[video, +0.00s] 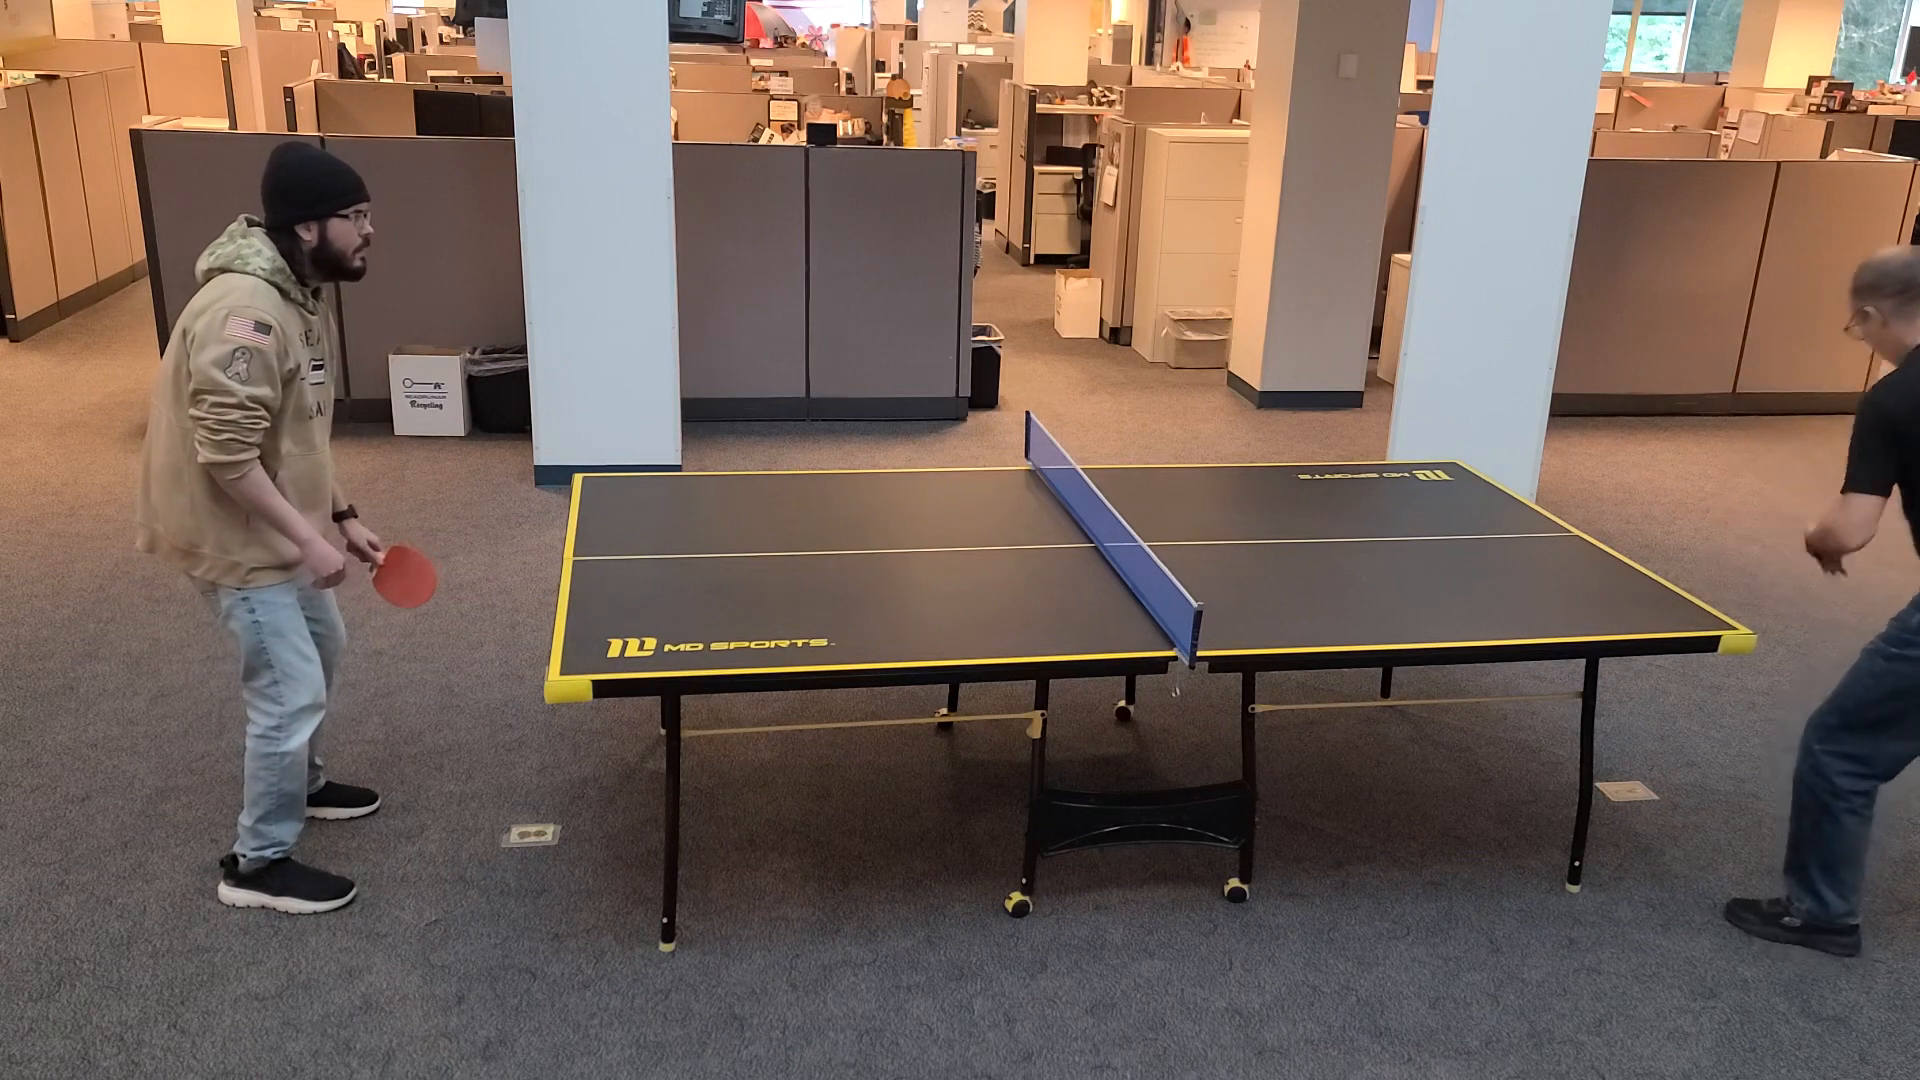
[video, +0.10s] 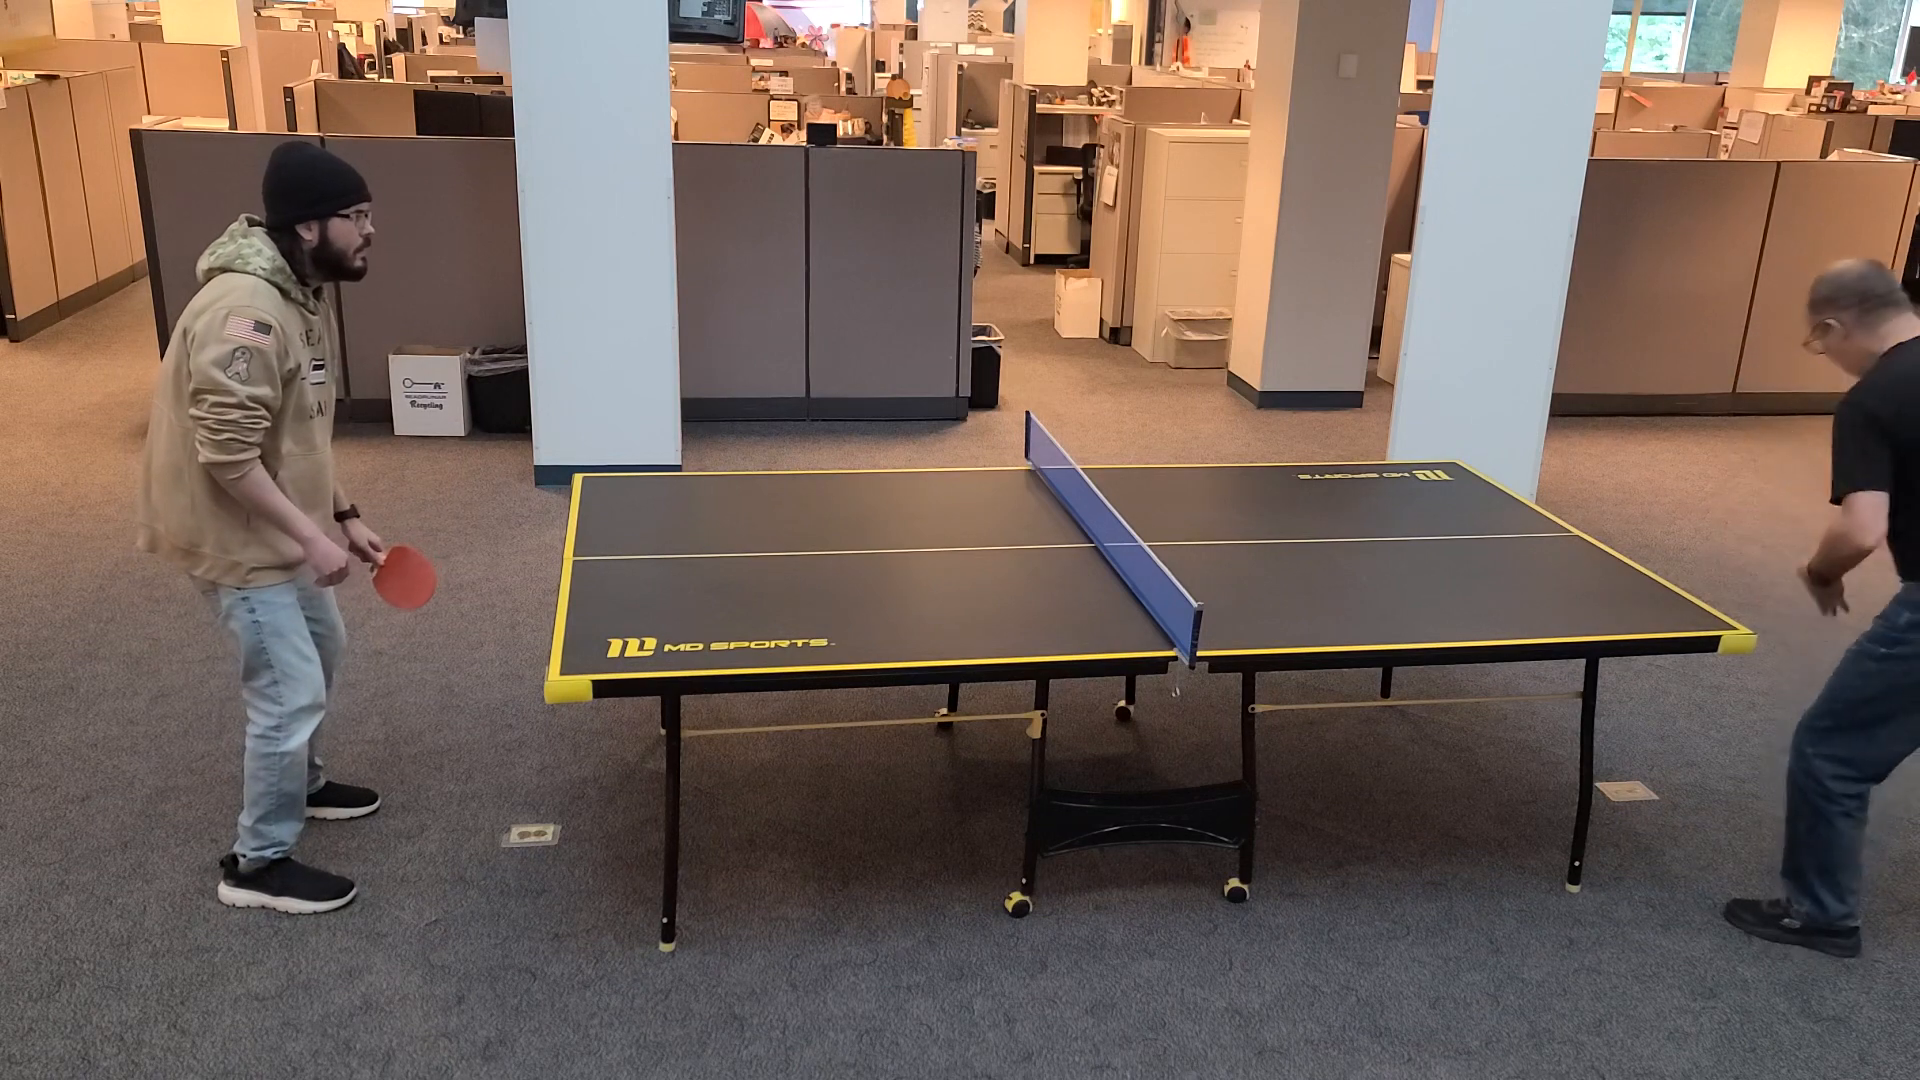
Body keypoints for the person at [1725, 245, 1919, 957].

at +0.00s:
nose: (1859, 335)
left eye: (1861, 321)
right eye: (1858, 322)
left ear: (1890, 312)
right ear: (1911, 310)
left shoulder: (1896, 398)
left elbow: (1853, 530)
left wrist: (1823, 540)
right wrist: (1833, 535)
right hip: (1919, 620)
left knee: (1840, 744)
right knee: (1848, 744)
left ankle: (1824, 911)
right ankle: (1825, 909)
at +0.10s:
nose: (1825, 358)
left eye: (1822, 343)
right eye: (1819, 345)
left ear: (1846, 325)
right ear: (1896, 310)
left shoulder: (1874, 399)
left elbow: (1863, 530)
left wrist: (1822, 569)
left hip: (1919, 610)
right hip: (1914, 611)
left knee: (1829, 746)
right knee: (1840, 745)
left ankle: (1824, 914)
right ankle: (1824, 910)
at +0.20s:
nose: (1790, 360)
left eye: (1783, 344)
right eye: (1781, 348)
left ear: (1815, 320)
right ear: (1849, 308)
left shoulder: (1870, 385)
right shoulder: (1904, 358)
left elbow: (1898, 513)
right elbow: (1891, 512)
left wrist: (1827, 583)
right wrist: (1827, 582)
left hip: (1908, 603)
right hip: (1908, 600)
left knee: (1819, 750)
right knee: (1829, 748)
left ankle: (1824, 917)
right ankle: (1822, 910)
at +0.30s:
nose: (1756, 340)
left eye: (1757, 324)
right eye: (1752, 326)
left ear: (1803, 307)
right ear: (1808, 304)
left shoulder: (1873, 371)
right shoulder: (1883, 352)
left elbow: (1919, 495)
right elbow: (1900, 488)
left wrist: (1854, 575)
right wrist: (1836, 536)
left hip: (1900, 606)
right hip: (1902, 598)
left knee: (1817, 756)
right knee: (1918, 740)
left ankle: (1822, 915)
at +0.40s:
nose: (1747, 318)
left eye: (1749, 302)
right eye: (1743, 304)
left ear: (1794, 290)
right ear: (1800, 287)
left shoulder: (1876, 362)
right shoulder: (1838, 350)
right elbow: (1864, 457)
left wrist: (1869, 573)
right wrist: (1816, 506)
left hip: (1895, 590)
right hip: (1880, 581)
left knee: (1816, 752)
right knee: (1882, 730)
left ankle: (1822, 913)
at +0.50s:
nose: (1738, 297)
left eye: (1746, 283)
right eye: (1736, 284)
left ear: (1796, 279)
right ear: (1797, 279)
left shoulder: (1877, 358)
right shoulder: (1815, 345)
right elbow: (1815, 442)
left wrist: (1859, 572)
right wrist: (1780, 494)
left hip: (1884, 577)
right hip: (1834, 561)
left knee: (1799, 741)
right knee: (1789, 680)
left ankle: (1821, 907)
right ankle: (1865, 823)